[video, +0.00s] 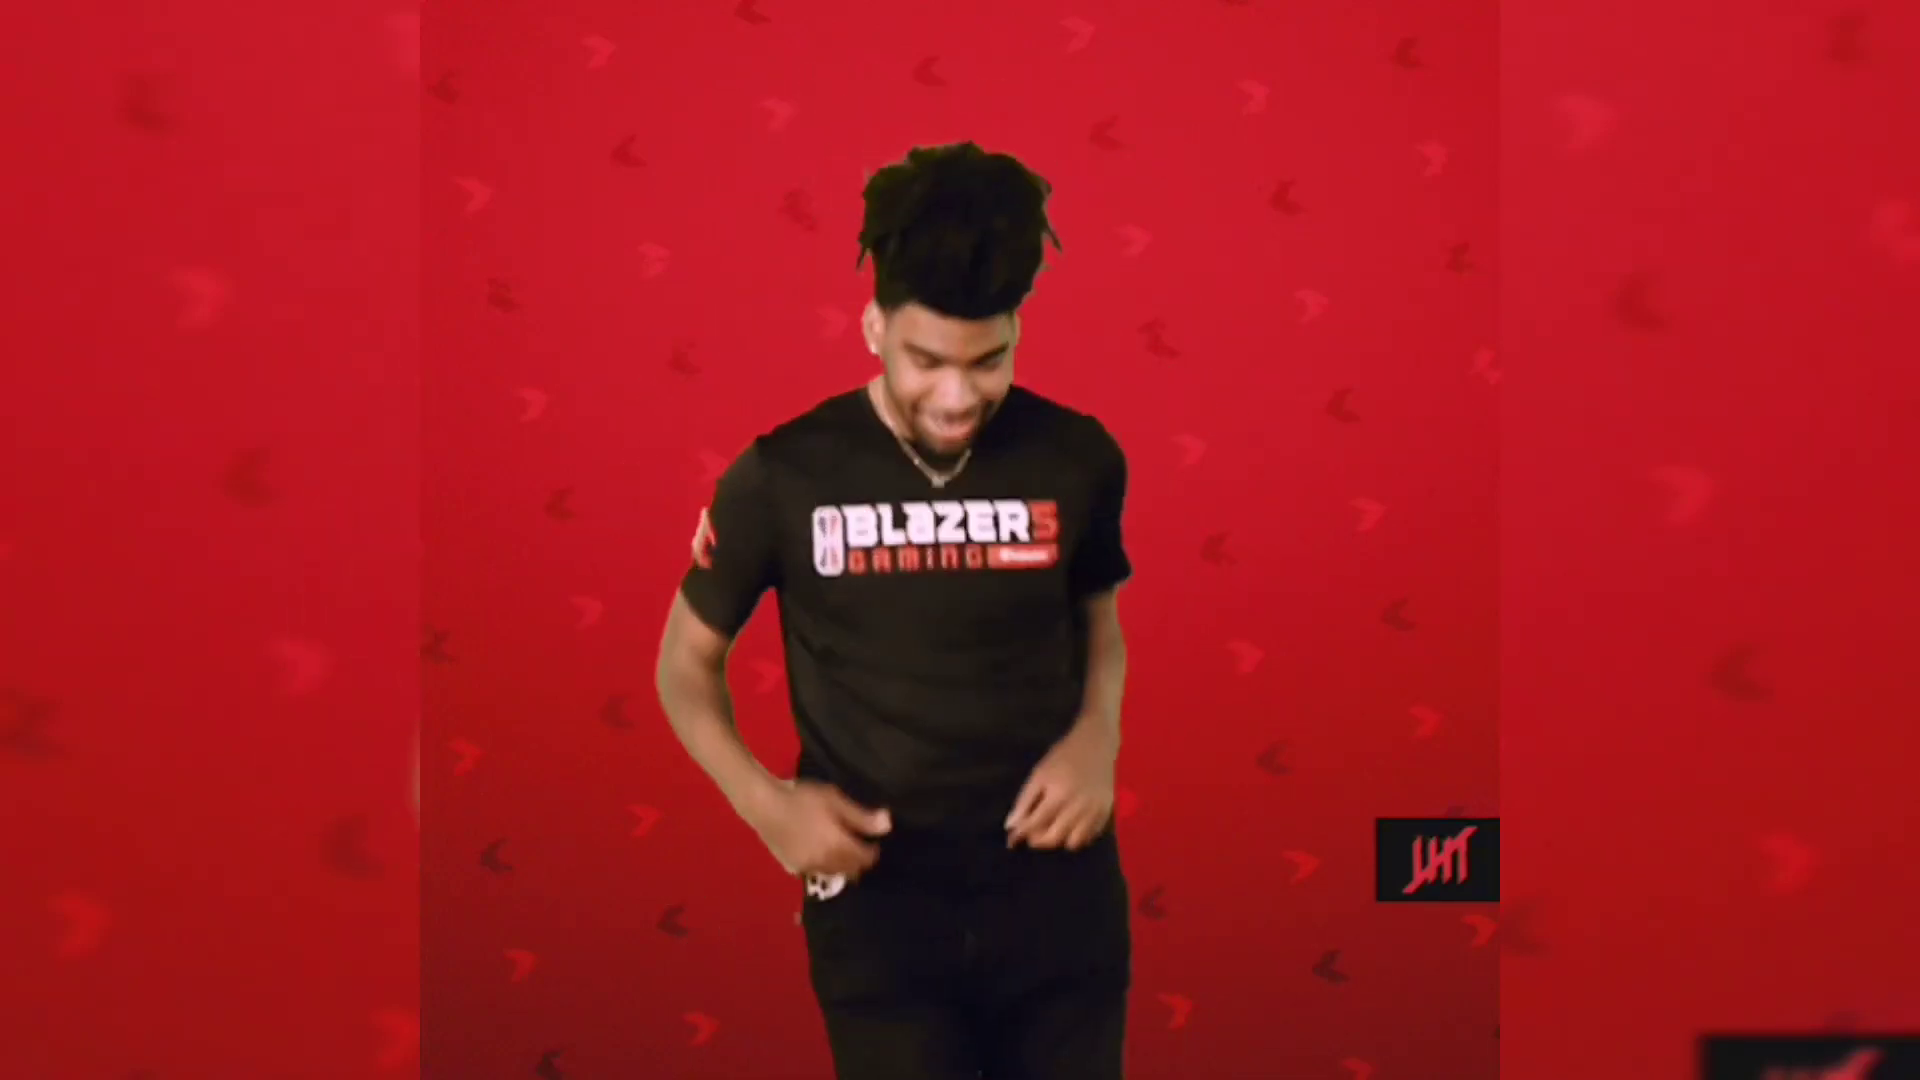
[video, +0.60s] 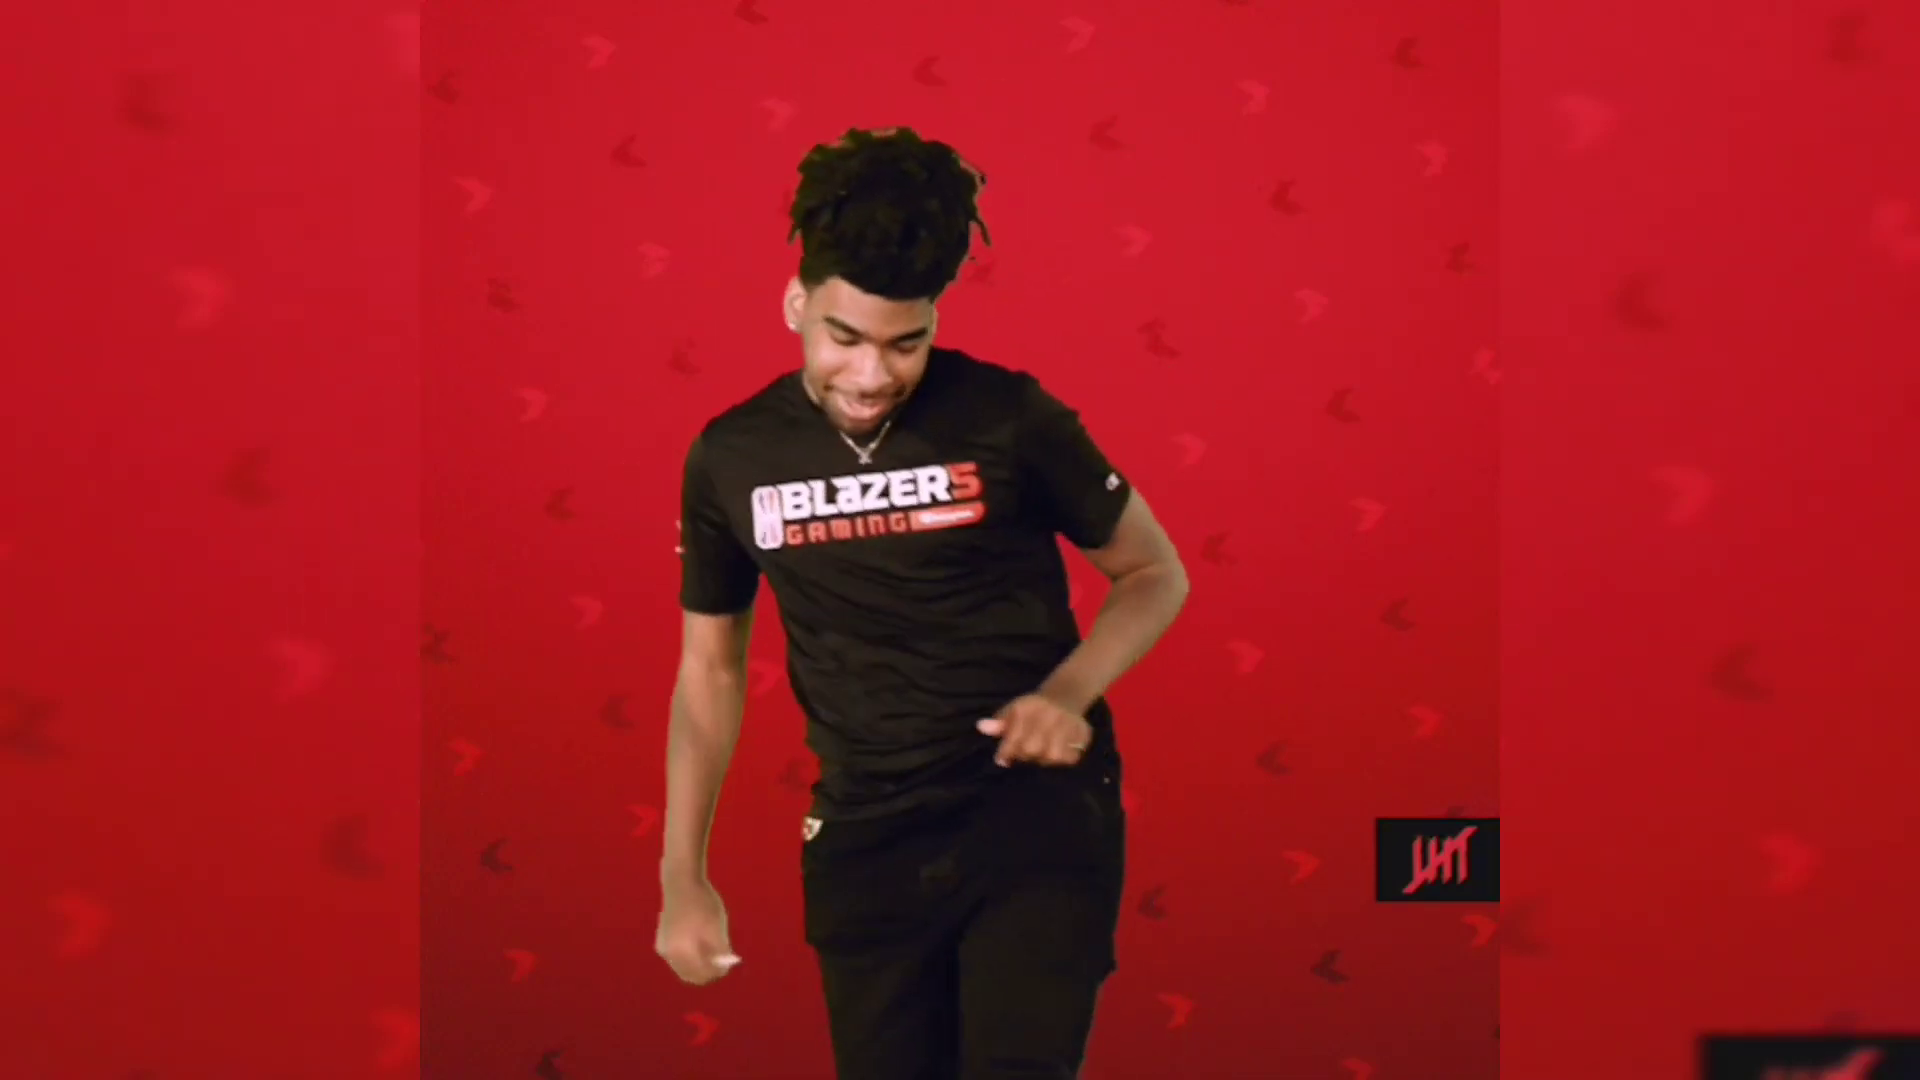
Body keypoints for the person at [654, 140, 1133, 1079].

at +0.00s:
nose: (956, 394)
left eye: (987, 359)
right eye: (925, 358)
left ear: (1020, 324)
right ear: (874, 327)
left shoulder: (1081, 463)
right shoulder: (780, 483)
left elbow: (1097, 611)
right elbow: (685, 663)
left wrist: (1097, 738)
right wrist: (766, 803)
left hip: (1057, 894)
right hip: (879, 907)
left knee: (1072, 1062)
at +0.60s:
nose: (872, 374)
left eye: (904, 342)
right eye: (843, 335)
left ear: (938, 311)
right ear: (794, 297)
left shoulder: (1013, 423)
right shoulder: (731, 462)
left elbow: (1154, 577)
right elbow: (711, 674)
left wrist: (1068, 694)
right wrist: (683, 875)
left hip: (1033, 822)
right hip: (865, 846)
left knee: (1015, 1057)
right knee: (882, 1060)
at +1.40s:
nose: (624, 402)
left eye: (620, 361)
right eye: (616, 366)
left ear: (669, 335)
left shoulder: (793, 460)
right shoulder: (767, 464)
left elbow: (658, 704)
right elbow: (668, 609)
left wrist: (573, 693)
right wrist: (626, 555)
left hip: (812, 915)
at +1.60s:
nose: (628, 342)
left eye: (630, 310)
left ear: (643, 329)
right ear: (776, 330)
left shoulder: (641, 457)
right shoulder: (846, 457)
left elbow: (503, 700)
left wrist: (622, 559)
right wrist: (642, 610)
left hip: (759, 919)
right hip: (897, 917)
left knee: (626, 1064)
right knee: (823, 1063)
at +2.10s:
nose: (911, 564)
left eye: (922, 539)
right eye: (916, 534)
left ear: (782, 477)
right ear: (859, 498)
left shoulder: (627, 567)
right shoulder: (899, 616)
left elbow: (514, 687)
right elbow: (962, 778)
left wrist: (575, 787)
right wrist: (858, 900)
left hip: (599, 959)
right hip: (789, 966)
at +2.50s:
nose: (1036, 458)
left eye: (1050, 429)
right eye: (1029, 419)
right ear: (945, 376)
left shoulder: (756, 428)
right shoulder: (925, 491)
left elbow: (618, 473)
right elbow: (851, 716)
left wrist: (795, 362)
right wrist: (887, 853)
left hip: (642, 879)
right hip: (779, 883)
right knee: (895, 1061)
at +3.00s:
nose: (1022, 497)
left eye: (1041, 460)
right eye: (987, 460)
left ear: (1062, 457)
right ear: (923, 457)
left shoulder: (942, 574)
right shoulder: (874, 608)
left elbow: (808, 741)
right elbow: (702, 799)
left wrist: (920, 768)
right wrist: (856, 924)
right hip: (744, 950)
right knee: (889, 1057)